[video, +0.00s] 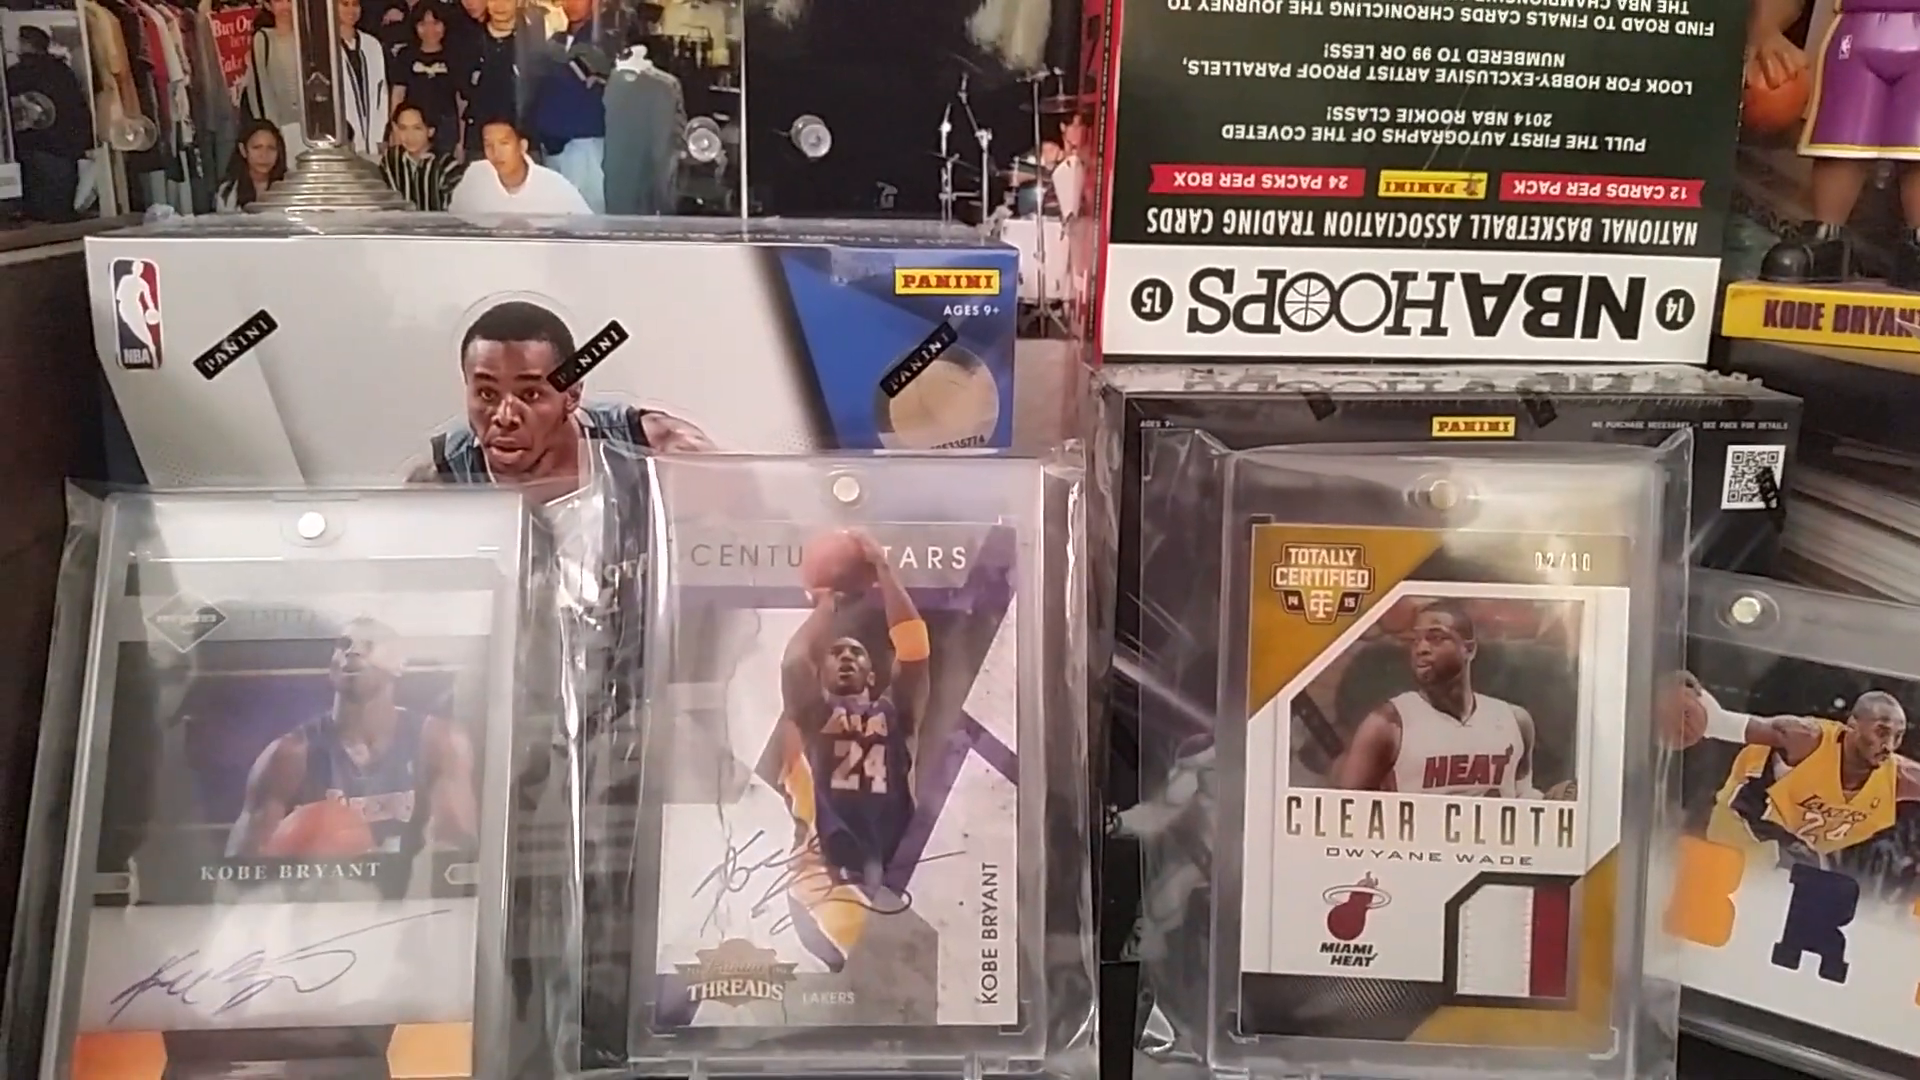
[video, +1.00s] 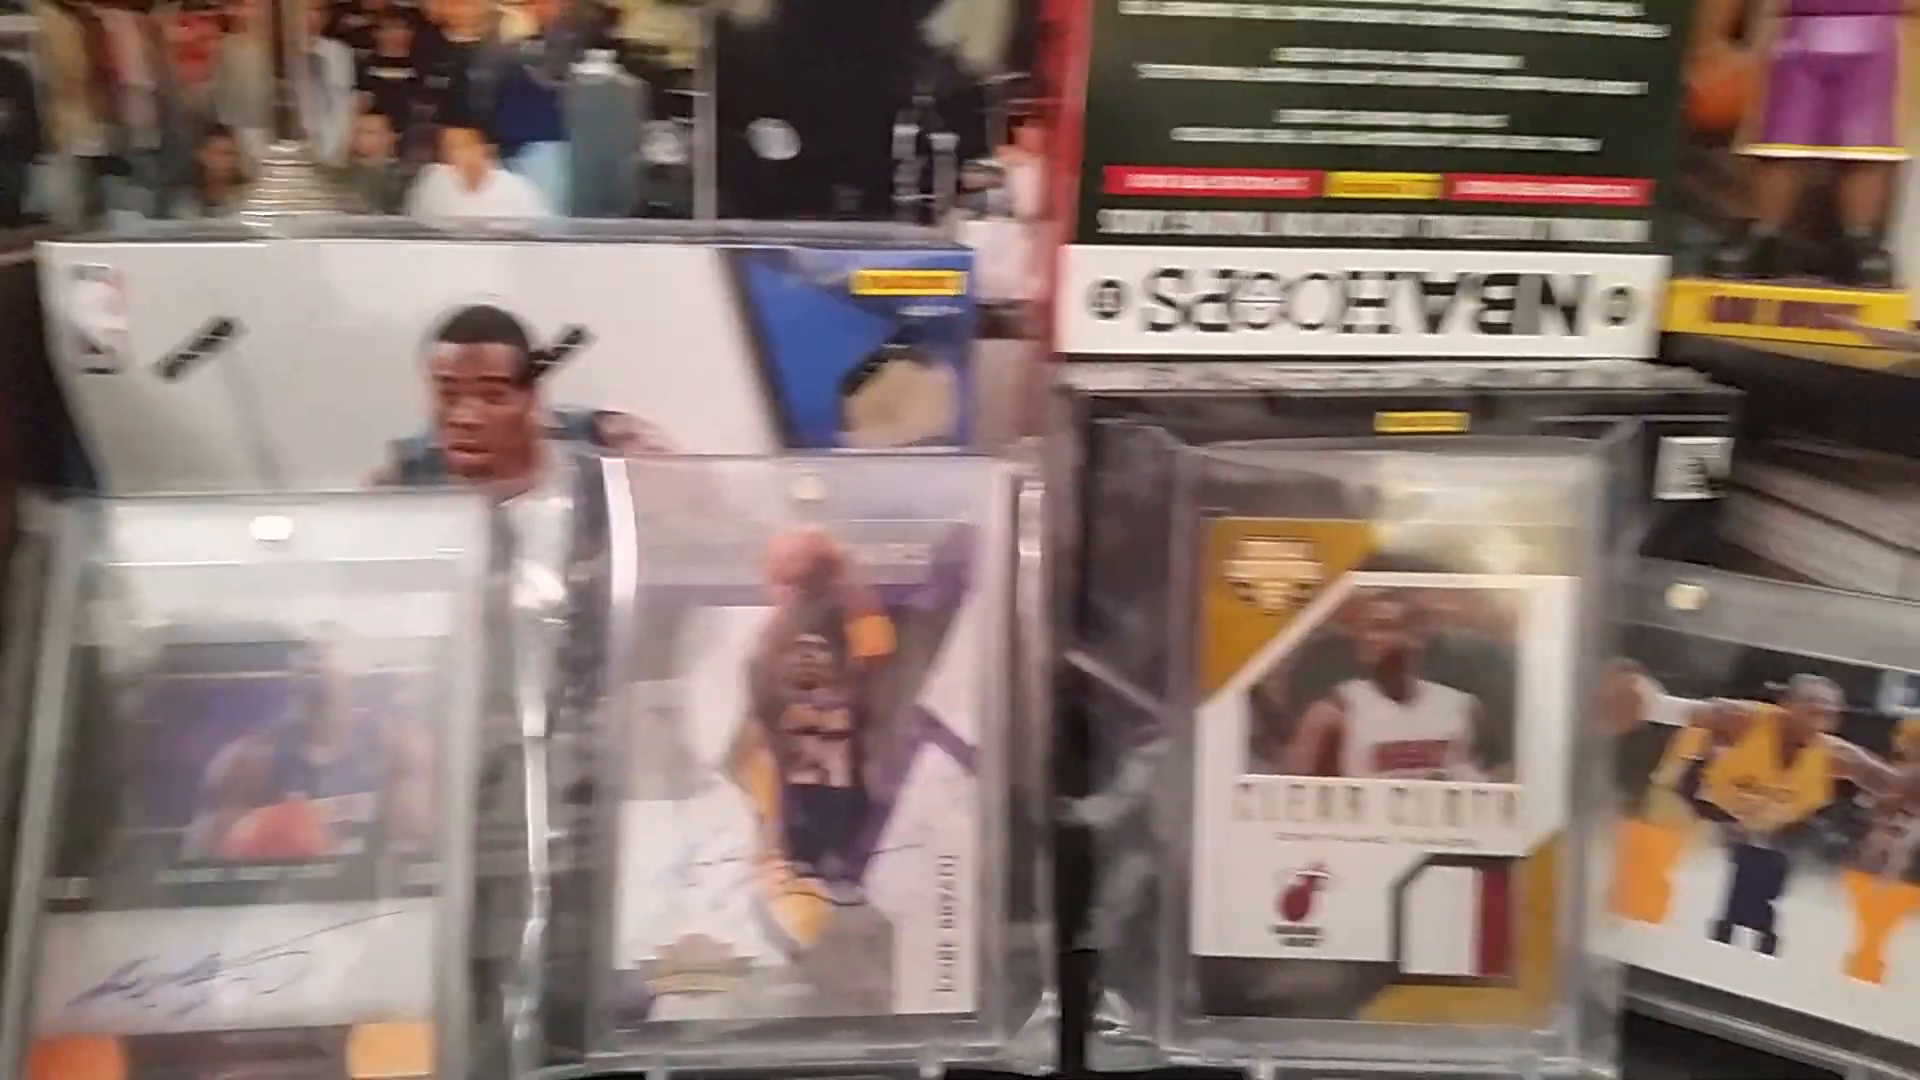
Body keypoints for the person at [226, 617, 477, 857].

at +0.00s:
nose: (351, 654)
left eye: (369, 646)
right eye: (343, 645)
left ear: (398, 663)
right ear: (330, 661)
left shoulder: (442, 743)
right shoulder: (286, 757)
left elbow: (455, 849)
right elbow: (238, 869)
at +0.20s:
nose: (367, 671)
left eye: (378, 660)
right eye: (356, 660)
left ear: (405, 674)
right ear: (343, 671)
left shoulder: (454, 742)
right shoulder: (303, 752)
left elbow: (469, 841)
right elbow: (263, 851)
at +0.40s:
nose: (410, 653)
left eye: (426, 642)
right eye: (403, 643)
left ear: (453, 660)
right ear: (391, 659)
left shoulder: (498, 733)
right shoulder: (351, 744)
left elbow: (513, 829)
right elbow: (302, 848)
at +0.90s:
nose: (400, 677)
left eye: (413, 665)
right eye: (389, 662)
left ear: (438, 674)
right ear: (374, 672)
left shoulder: (479, 739)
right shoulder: (327, 749)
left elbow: (492, 834)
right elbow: (282, 848)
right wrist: (352, 821)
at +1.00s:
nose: (315, 682)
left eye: (327, 670)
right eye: (304, 671)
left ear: (355, 679)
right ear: (290, 681)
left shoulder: (401, 747)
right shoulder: (243, 762)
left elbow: (412, 846)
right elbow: (199, 851)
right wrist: (269, 834)